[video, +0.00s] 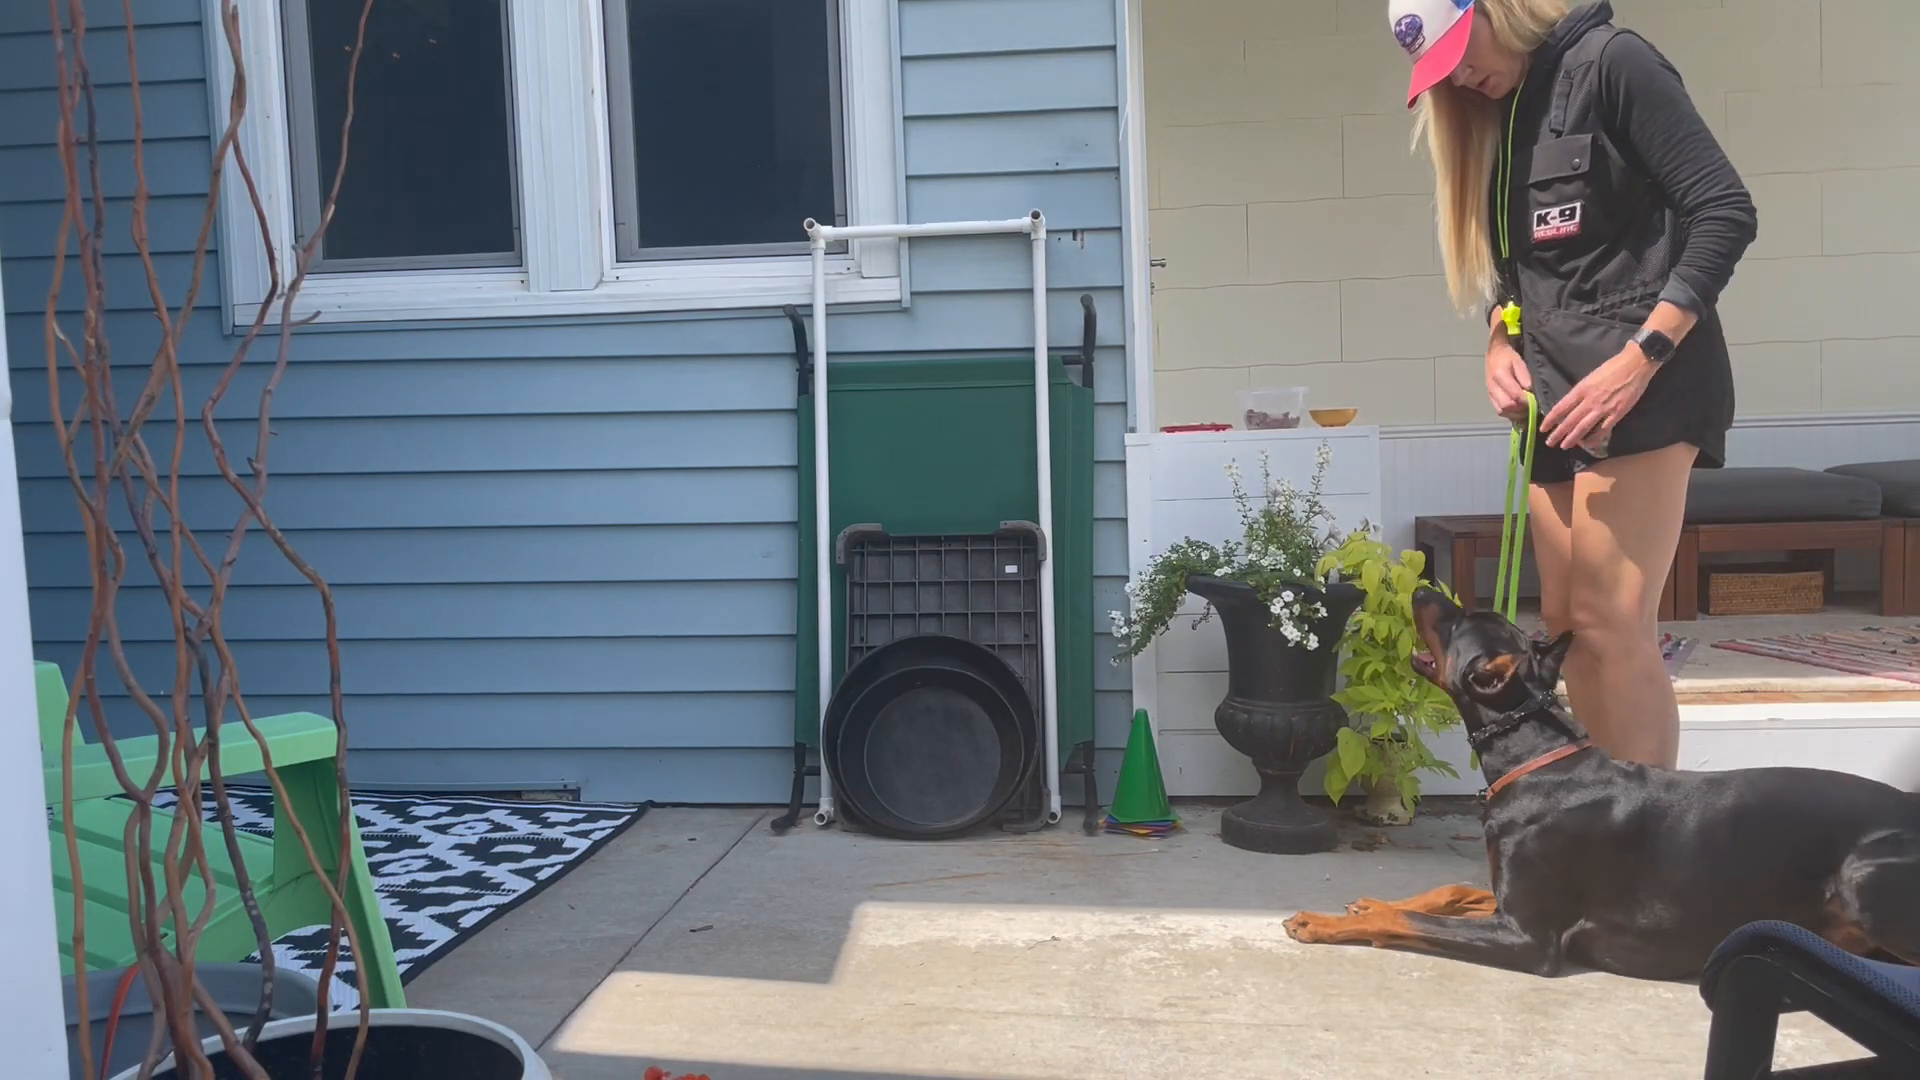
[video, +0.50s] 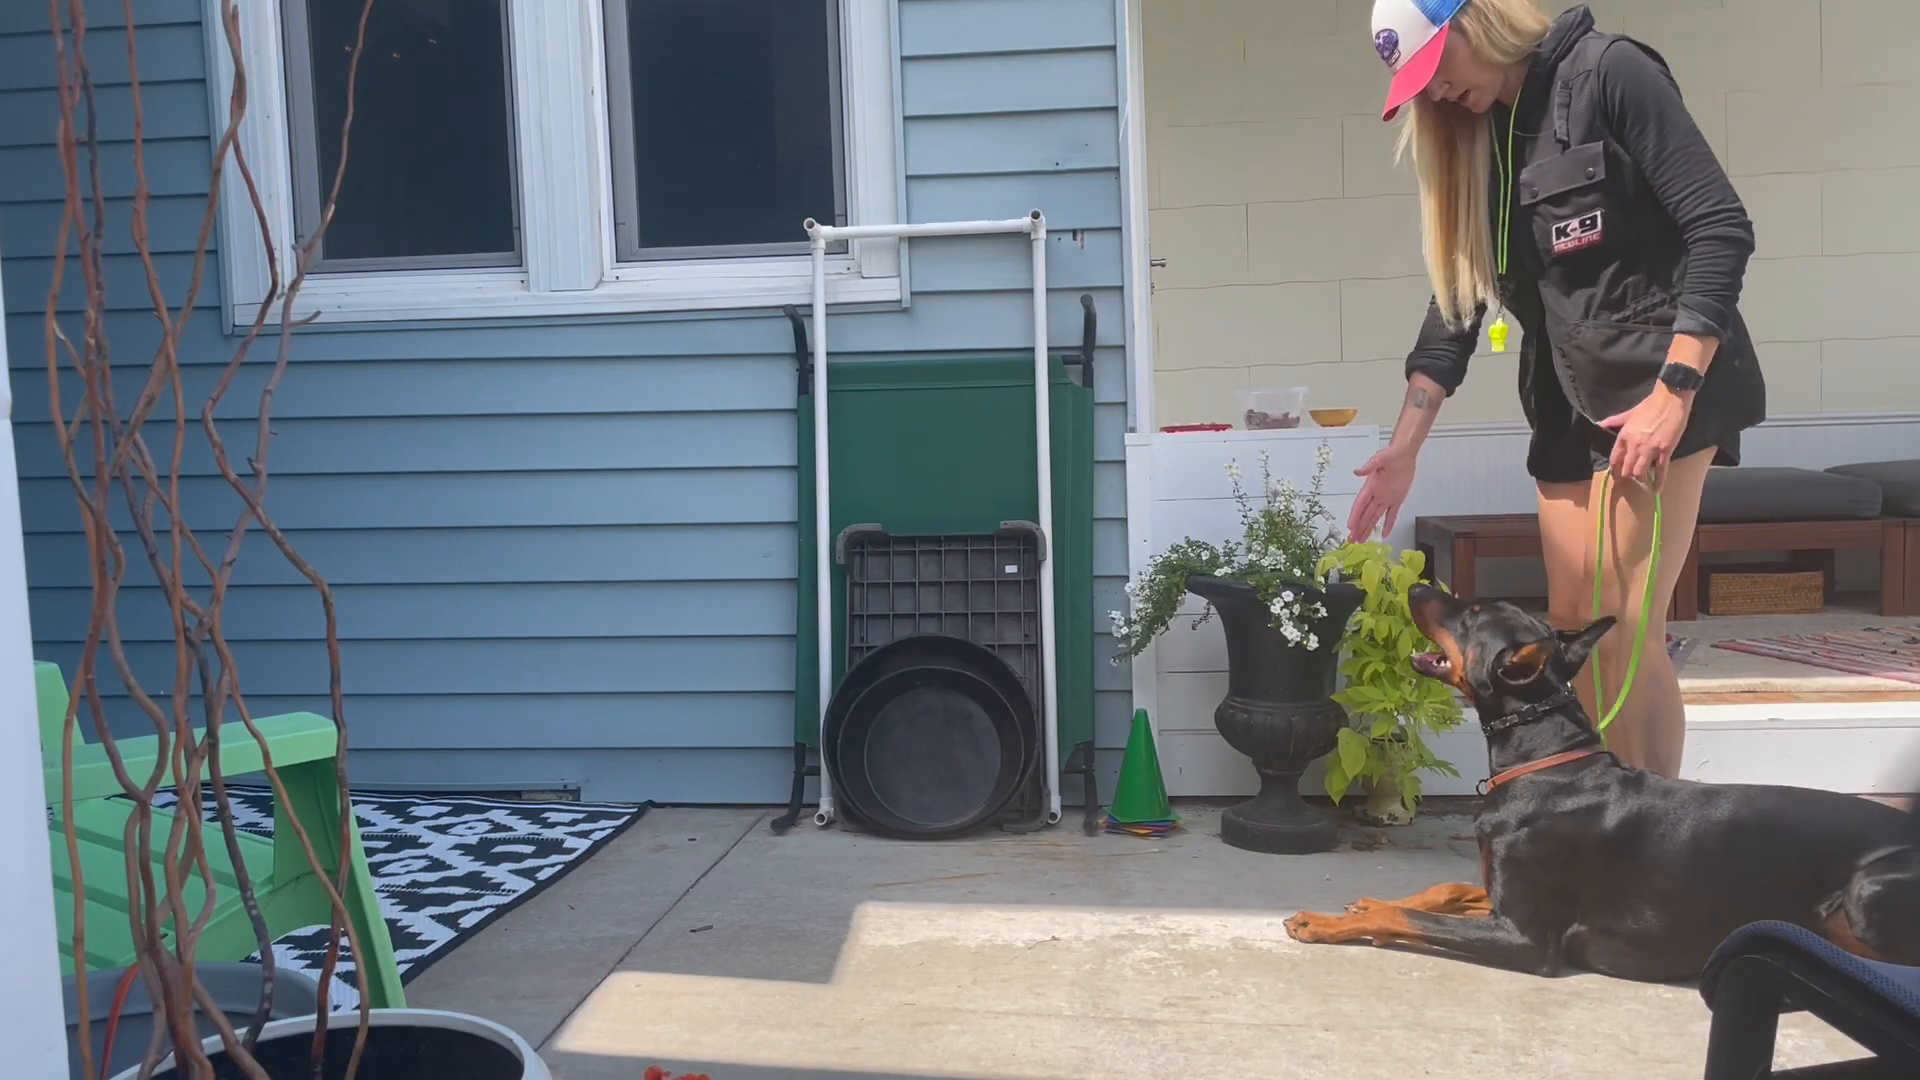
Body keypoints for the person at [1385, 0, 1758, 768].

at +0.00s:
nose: (1459, 80)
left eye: (1459, 55)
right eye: (1444, 71)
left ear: (1495, 10)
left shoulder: (1612, 61)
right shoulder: (1507, 105)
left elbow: (1725, 211)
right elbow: (1517, 253)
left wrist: (1641, 354)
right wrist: (1500, 336)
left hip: (1641, 375)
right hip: (1552, 383)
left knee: (1612, 621)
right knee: (1569, 624)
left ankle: (1649, 852)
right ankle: (1608, 846)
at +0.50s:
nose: (1438, 92)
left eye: (1437, 68)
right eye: (1424, 83)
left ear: (1480, 19)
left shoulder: (1611, 72)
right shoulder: (1490, 127)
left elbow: (1720, 226)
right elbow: (1459, 291)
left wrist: (1675, 389)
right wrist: (1404, 446)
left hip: (1663, 383)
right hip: (1566, 399)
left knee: (1628, 629)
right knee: (1574, 626)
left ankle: (1655, 840)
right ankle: (1600, 839)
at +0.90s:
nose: (1428, 86)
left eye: (1423, 61)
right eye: (1417, 70)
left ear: (1462, 31)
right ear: (1460, 42)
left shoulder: (1596, 82)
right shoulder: (1492, 116)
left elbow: (1707, 241)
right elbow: (1494, 276)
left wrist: (1702, 413)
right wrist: (1451, 397)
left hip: (1639, 397)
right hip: (1554, 404)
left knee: (1606, 625)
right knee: (1568, 621)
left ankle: (1649, 842)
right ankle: (1604, 836)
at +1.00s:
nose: (1419, 76)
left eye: (1417, 50)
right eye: (1411, 58)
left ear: (1458, 25)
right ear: (1471, 30)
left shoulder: (1580, 86)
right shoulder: (1500, 104)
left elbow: (1683, 249)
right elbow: (1526, 269)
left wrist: (1672, 421)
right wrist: (1480, 382)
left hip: (1620, 413)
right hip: (1555, 412)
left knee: (1597, 634)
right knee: (1554, 630)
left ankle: (1642, 847)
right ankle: (1580, 842)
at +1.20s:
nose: (1418, 79)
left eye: (1416, 58)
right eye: (1410, 63)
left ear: (1448, 35)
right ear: (1472, 32)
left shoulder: (1543, 87)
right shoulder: (1496, 102)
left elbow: (1627, 255)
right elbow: (1532, 269)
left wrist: (1567, 413)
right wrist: (1505, 389)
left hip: (1609, 394)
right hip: (1558, 390)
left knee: (1579, 641)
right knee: (1532, 634)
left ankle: (1636, 838)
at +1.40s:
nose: (1405, 82)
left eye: (1405, 62)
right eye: (1398, 65)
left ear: (1435, 46)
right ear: (1463, 36)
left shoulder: (1509, 95)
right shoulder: (1487, 104)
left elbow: (1534, 271)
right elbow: (1507, 270)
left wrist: (1434, 382)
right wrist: (1483, 391)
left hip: (1571, 398)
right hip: (1537, 398)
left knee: (1549, 639)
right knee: (1503, 606)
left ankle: (1622, 831)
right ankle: (1536, 794)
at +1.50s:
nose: (1395, 98)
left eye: (1393, 79)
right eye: (1388, 83)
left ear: (1420, 62)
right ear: (1462, 46)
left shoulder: (1485, 112)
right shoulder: (1491, 110)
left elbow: (1467, 287)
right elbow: (1538, 272)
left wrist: (1361, 365)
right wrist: (1477, 363)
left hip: (1564, 380)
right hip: (1530, 381)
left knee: (1547, 633)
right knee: (1497, 614)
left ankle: (1625, 819)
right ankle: (1528, 791)